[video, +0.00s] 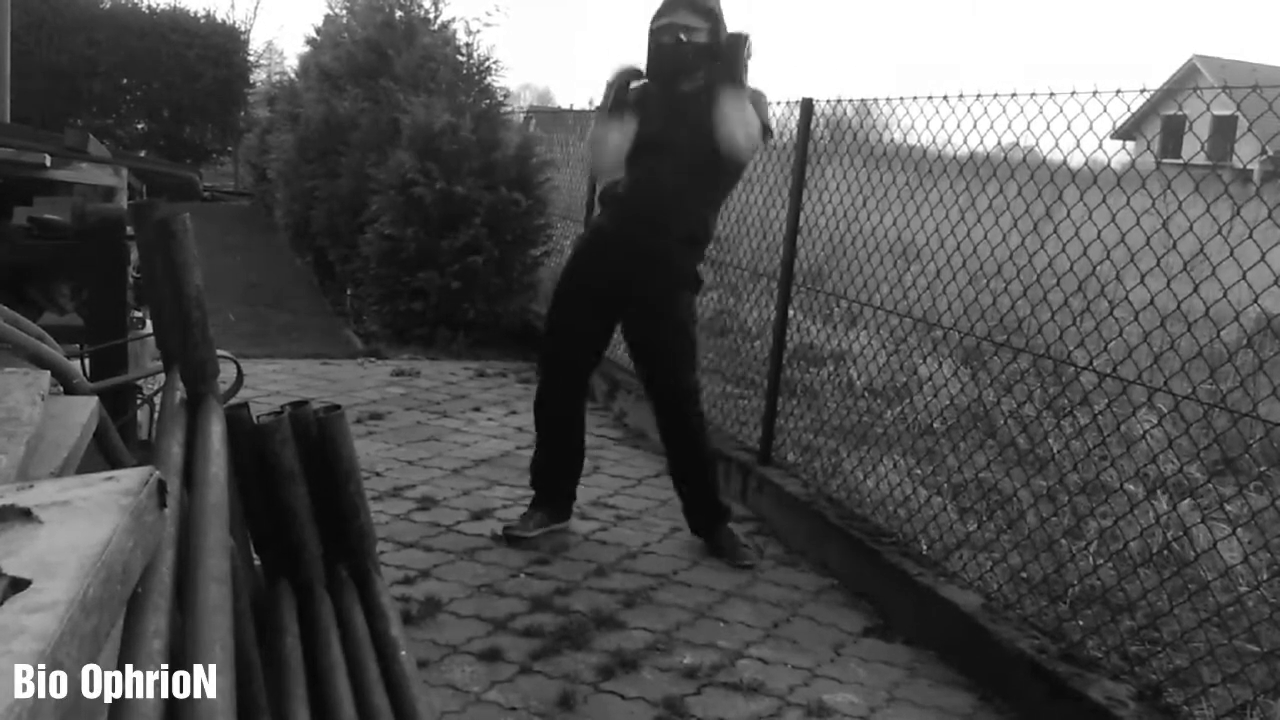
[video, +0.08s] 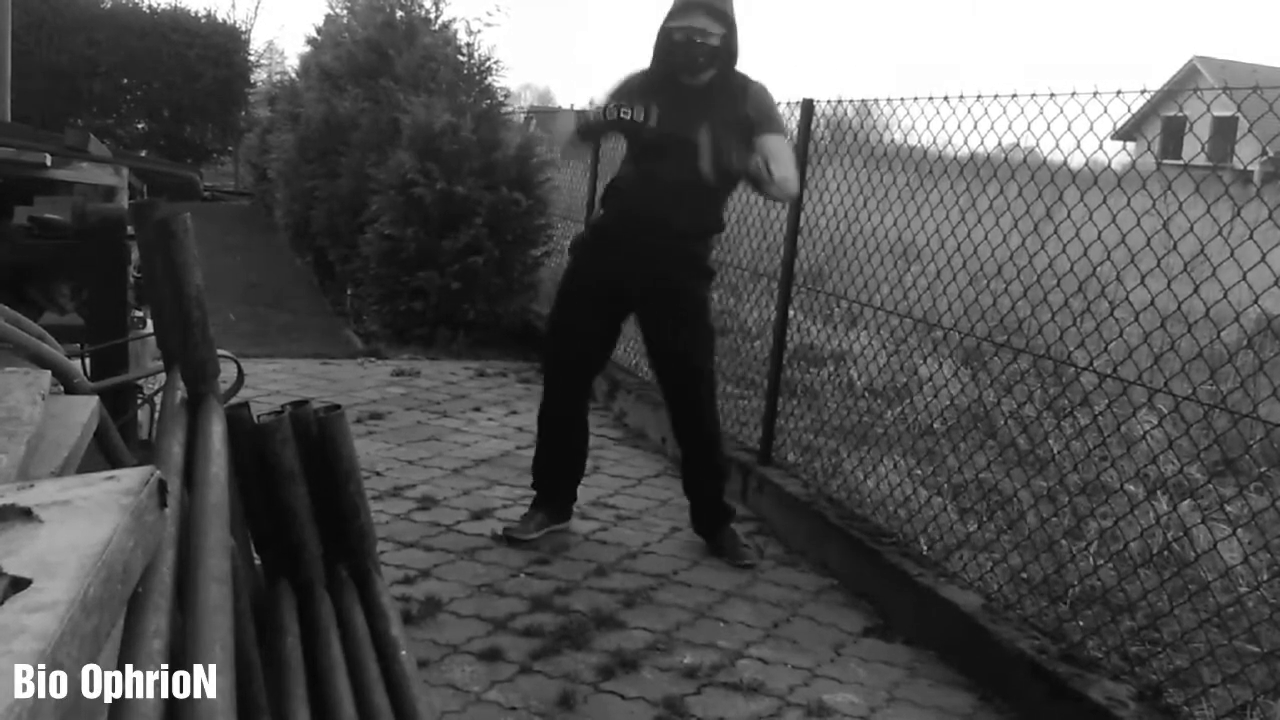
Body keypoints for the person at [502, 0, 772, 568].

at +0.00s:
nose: (677, 44)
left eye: (691, 34)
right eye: (666, 33)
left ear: (715, 44)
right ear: (652, 41)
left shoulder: (732, 104)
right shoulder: (638, 99)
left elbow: (739, 144)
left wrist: (730, 76)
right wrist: (618, 101)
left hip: (664, 267)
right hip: (600, 256)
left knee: (679, 399)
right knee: (560, 377)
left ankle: (712, 523)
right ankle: (551, 504)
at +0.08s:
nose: (690, 51)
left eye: (704, 40)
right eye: (680, 38)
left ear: (726, 46)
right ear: (663, 39)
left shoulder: (748, 99)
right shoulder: (639, 88)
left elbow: (786, 185)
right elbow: (571, 140)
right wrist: (583, 126)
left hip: (678, 265)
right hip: (606, 253)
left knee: (694, 400)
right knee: (564, 375)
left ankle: (715, 523)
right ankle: (552, 505)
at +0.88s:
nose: (709, 28)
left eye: (721, 19)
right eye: (704, 19)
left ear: (752, 23)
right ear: (702, 23)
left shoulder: (776, 77)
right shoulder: (718, 82)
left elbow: (788, 115)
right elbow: (707, 147)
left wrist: (794, 147)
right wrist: (678, 170)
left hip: (738, 240)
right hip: (679, 223)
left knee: (732, 386)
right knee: (657, 295)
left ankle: (722, 521)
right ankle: (640, 399)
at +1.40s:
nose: (689, 48)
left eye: (703, 39)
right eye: (681, 36)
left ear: (727, 44)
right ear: (668, 35)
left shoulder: (739, 97)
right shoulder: (648, 70)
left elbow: (749, 172)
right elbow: (608, 43)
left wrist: (750, 101)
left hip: (717, 261)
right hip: (645, 254)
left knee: (725, 394)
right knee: (600, 384)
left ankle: (725, 522)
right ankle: (550, 507)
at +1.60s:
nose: (631, 37)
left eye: (642, 28)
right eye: (622, 28)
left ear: (669, 25)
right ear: (616, 31)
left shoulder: (701, 77)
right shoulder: (628, 72)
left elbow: (662, 158)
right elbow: (604, 11)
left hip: (660, 255)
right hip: (596, 247)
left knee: (691, 390)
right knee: (570, 378)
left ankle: (723, 522)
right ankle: (547, 501)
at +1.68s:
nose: (618, 41)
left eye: (627, 30)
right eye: (614, 31)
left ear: (658, 31)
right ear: (615, 37)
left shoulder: (684, 94)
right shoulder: (628, 75)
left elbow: (646, 181)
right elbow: (576, 42)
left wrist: (627, 264)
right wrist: (610, 23)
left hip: (639, 252)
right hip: (580, 243)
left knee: (675, 392)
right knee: (549, 369)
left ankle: (719, 521)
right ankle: (548, 500)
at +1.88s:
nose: (581, 27)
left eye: (589, 18)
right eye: (578, 21)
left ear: (616, 14)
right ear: (586, 22)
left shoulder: (667, 58)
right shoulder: (583, 64)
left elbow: (664, 141)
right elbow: (510, 99)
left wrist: (672, 229)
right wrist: (514, 43)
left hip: (644, 240)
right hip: (577, 238)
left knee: (680, 382)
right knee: (557, 373)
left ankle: (720, 517)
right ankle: (547, 502)